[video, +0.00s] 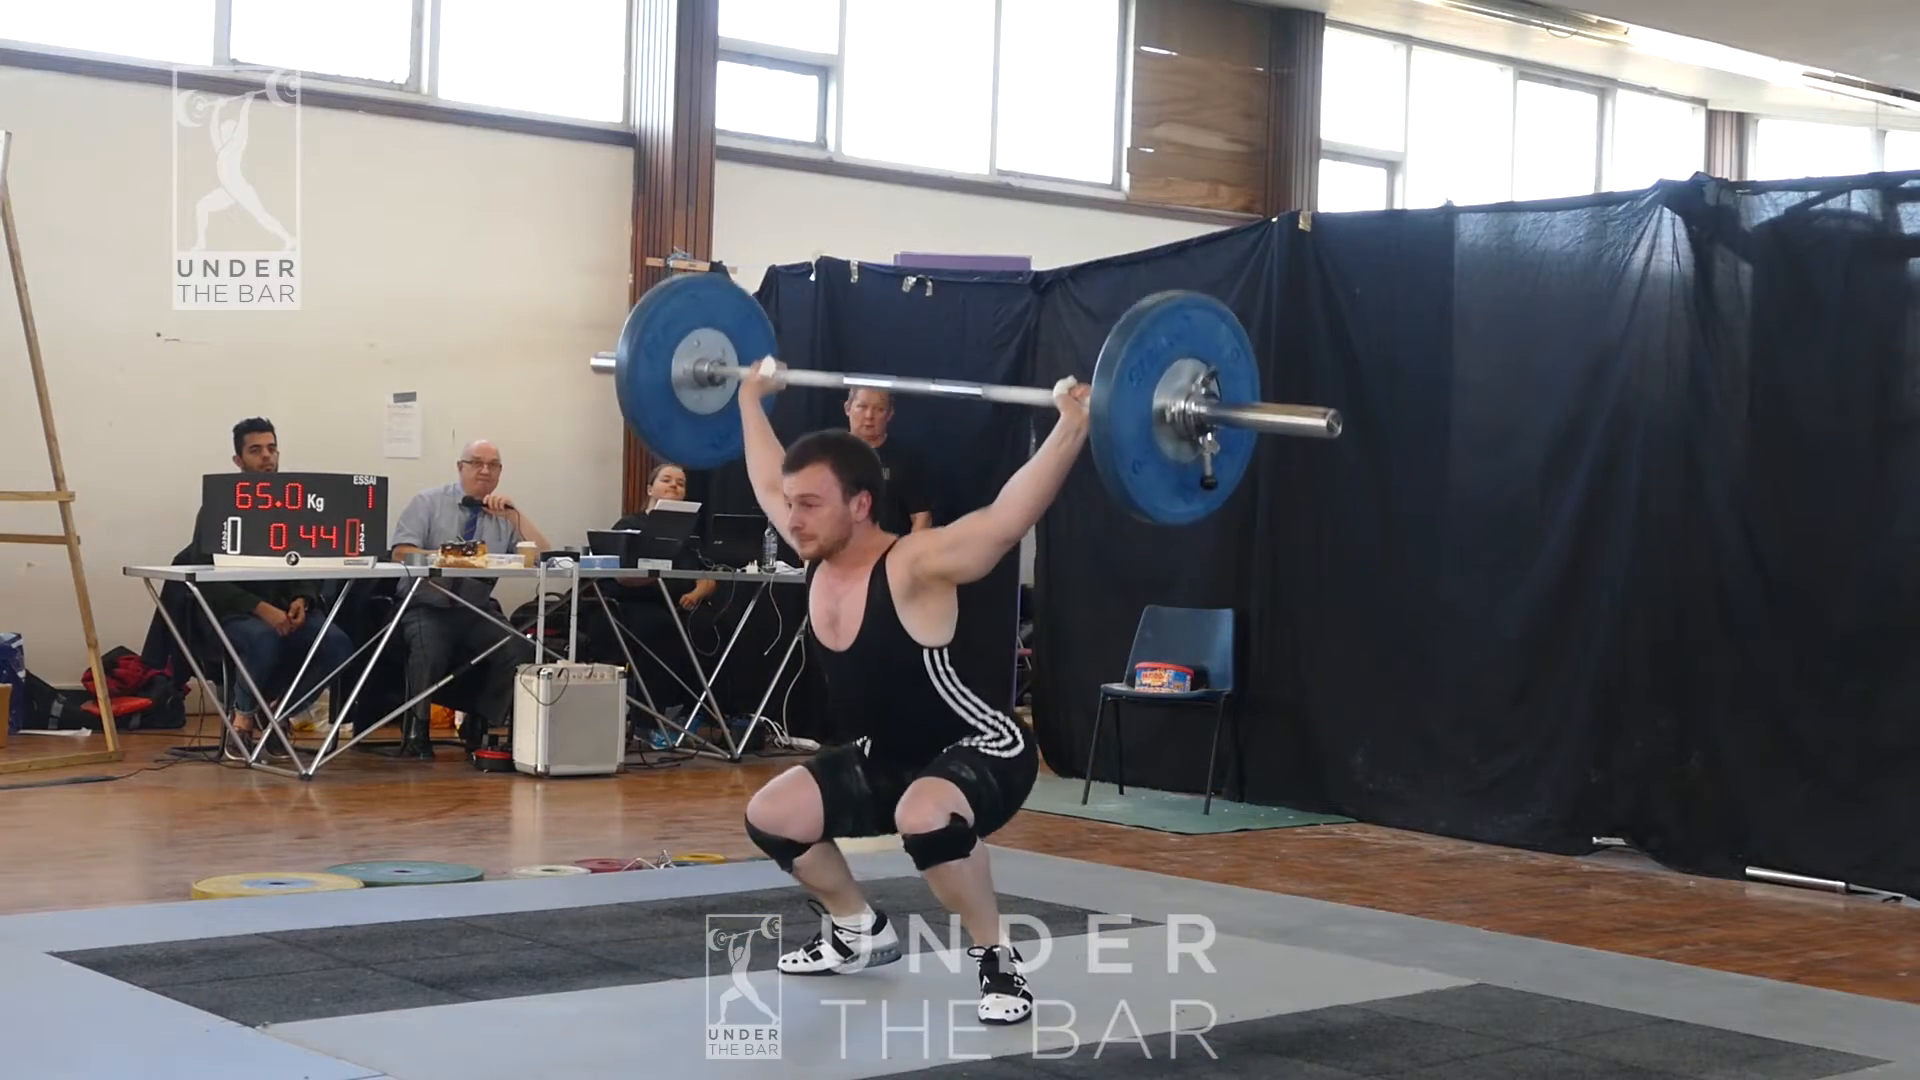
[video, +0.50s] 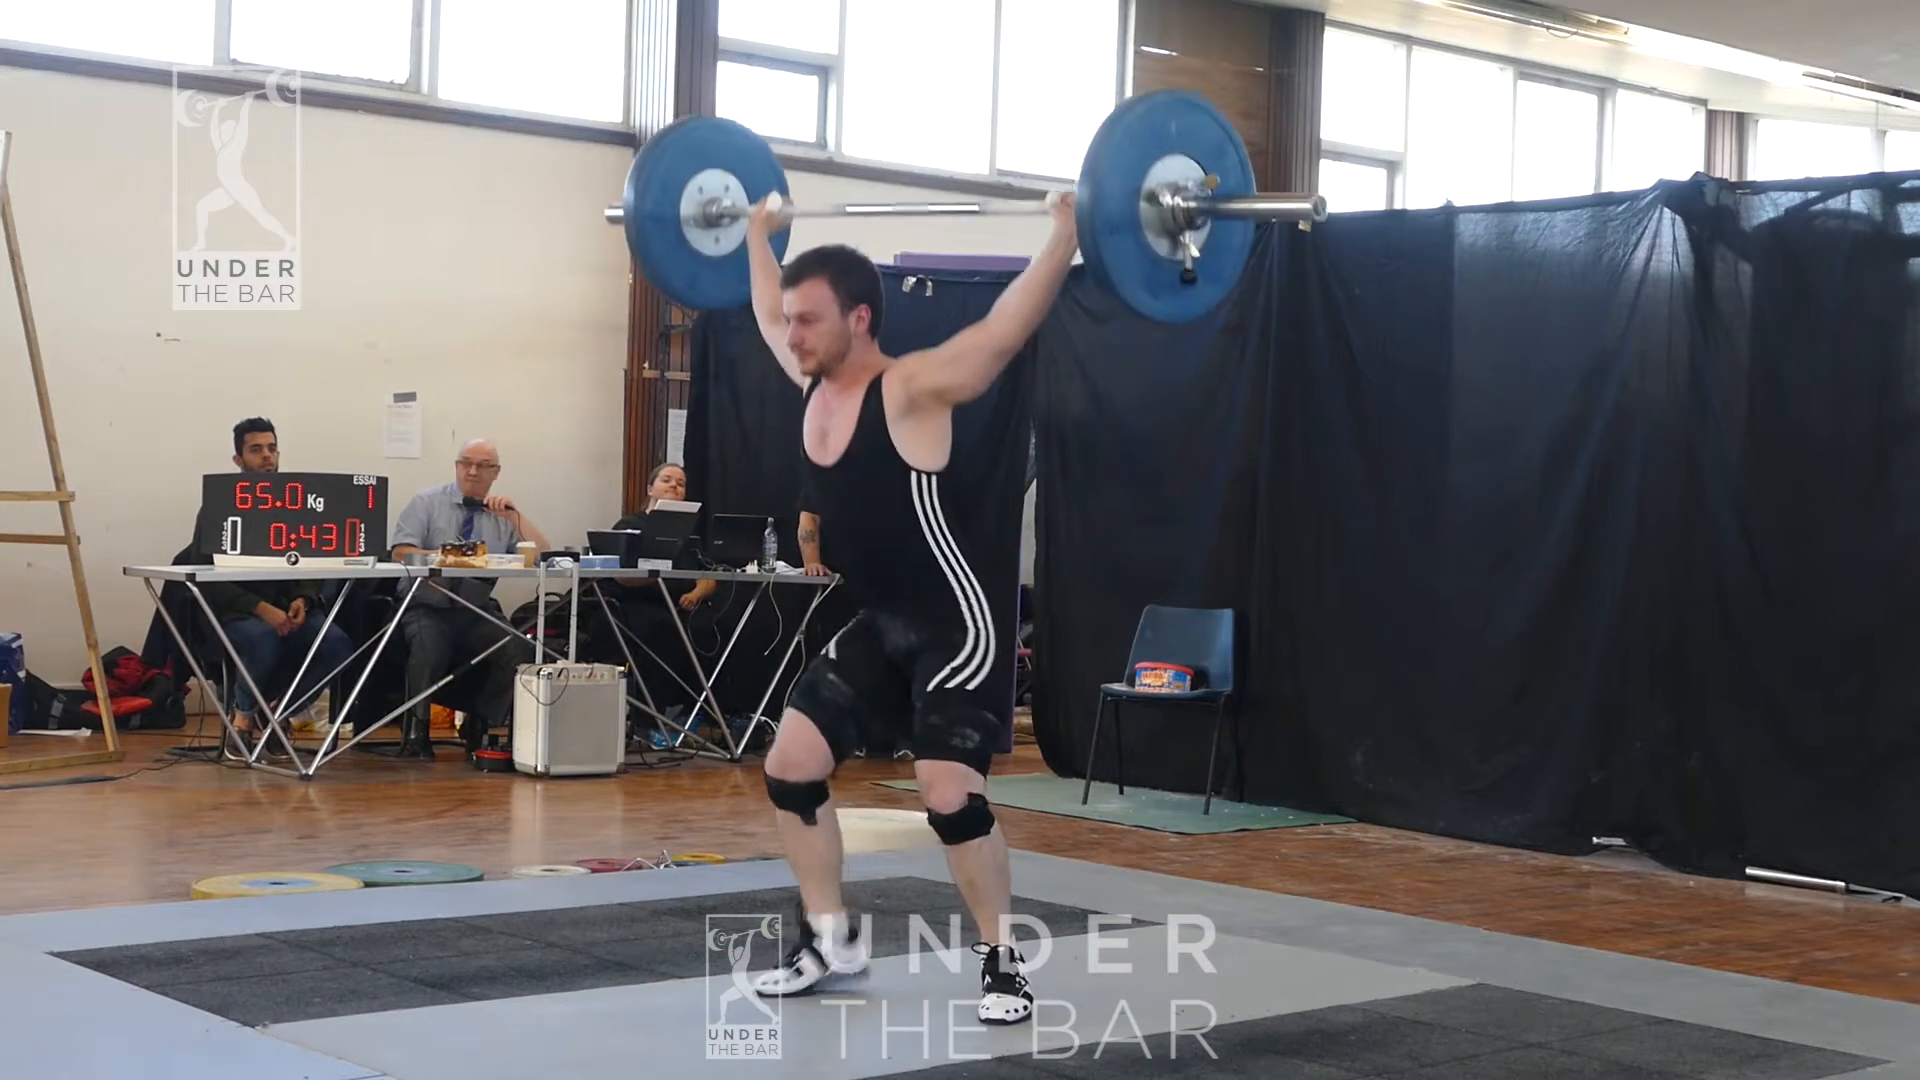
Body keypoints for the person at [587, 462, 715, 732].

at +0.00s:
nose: (674, 487)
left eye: (680, 484)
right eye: (666, 481)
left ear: (685, 493)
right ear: (650, 488)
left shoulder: (692, 529)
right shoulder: (630, 524)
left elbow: (710, 576)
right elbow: (621, 576)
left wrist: (697, 593)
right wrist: (651, 576)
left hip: (680, 607)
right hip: (637, 606)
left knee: (705, 631)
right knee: (655, 634)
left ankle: (691, 713)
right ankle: (648, 720)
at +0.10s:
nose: (674, 487)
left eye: (680, 484)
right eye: (666, 481)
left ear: (685, 494)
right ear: (650, 488)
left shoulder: (691, 530)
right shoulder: (628, 525)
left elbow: (711, 575)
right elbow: (622, 577)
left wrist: (697, 593)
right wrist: (656, 573)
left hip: (677, 604)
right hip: (635, 603)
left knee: (705, 627)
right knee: (658, 630)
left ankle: (696, 712)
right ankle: (649, 721)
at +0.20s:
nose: (674, 487)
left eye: (680, 484)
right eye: (666, 481)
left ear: (684, 494)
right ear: (650, 488)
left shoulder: (691, 530)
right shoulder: (628, 525)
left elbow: (710, 576)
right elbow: (621, 576)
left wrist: (697, 593)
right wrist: (655, 575)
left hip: (678, 604)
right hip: (636, 603)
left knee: (705, 629)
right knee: (657, 630)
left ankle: (695, 712)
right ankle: (650, 721)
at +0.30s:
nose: (673, 486)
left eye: (680, 484)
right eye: (666, 480)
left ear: (684, 494)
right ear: (650, 488)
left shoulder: (691, 529)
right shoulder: (629, 525)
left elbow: (710, 576)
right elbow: (622, 576)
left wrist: (696, 593)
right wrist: (656, 575)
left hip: (678, 605)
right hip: (637, 603)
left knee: (706, 628)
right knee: (657, 630)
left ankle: (694, 712)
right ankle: (653, 721)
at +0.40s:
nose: (673, 486)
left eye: (680, 484)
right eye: (666, 480)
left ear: (684, 494)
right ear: (650, 488)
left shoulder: (691, 530)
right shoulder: (629, 525)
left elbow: (710, 576)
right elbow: (623, 577)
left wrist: (697, 593)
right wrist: (658, 574)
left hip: (677, 604)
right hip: (635, 603)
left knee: (706, 628)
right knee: (658, 629)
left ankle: (696, 712)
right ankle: (652, 721)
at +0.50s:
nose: (674, 487)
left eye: (680, 484)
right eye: (666, 481)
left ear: (685, 493)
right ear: (650, 488)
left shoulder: (691, 529)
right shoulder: (629, 525)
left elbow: (711, 575)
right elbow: (619, 575)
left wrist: (697, 593)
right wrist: (653, 575)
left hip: (677, 605)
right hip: (636, 603)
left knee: (705, 630)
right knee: (655, 633)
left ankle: (687, 712)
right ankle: (650, 721)